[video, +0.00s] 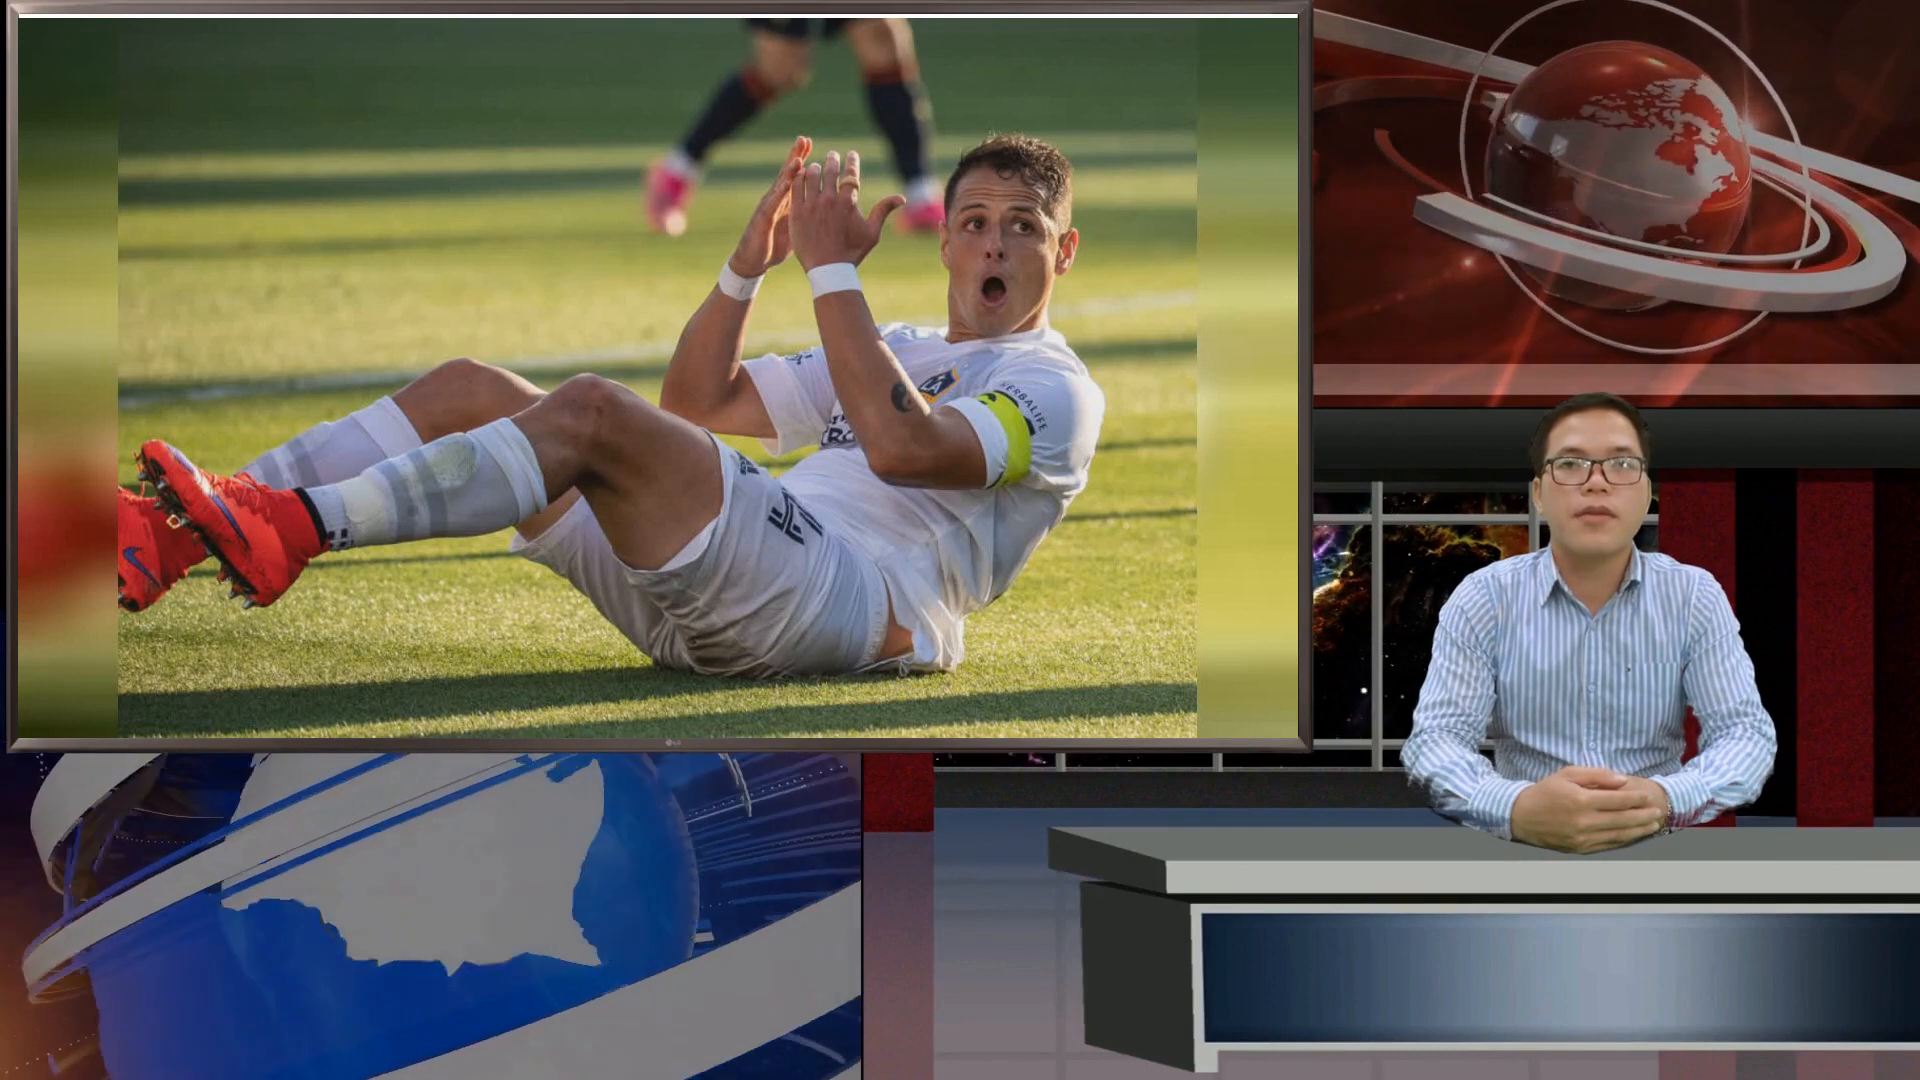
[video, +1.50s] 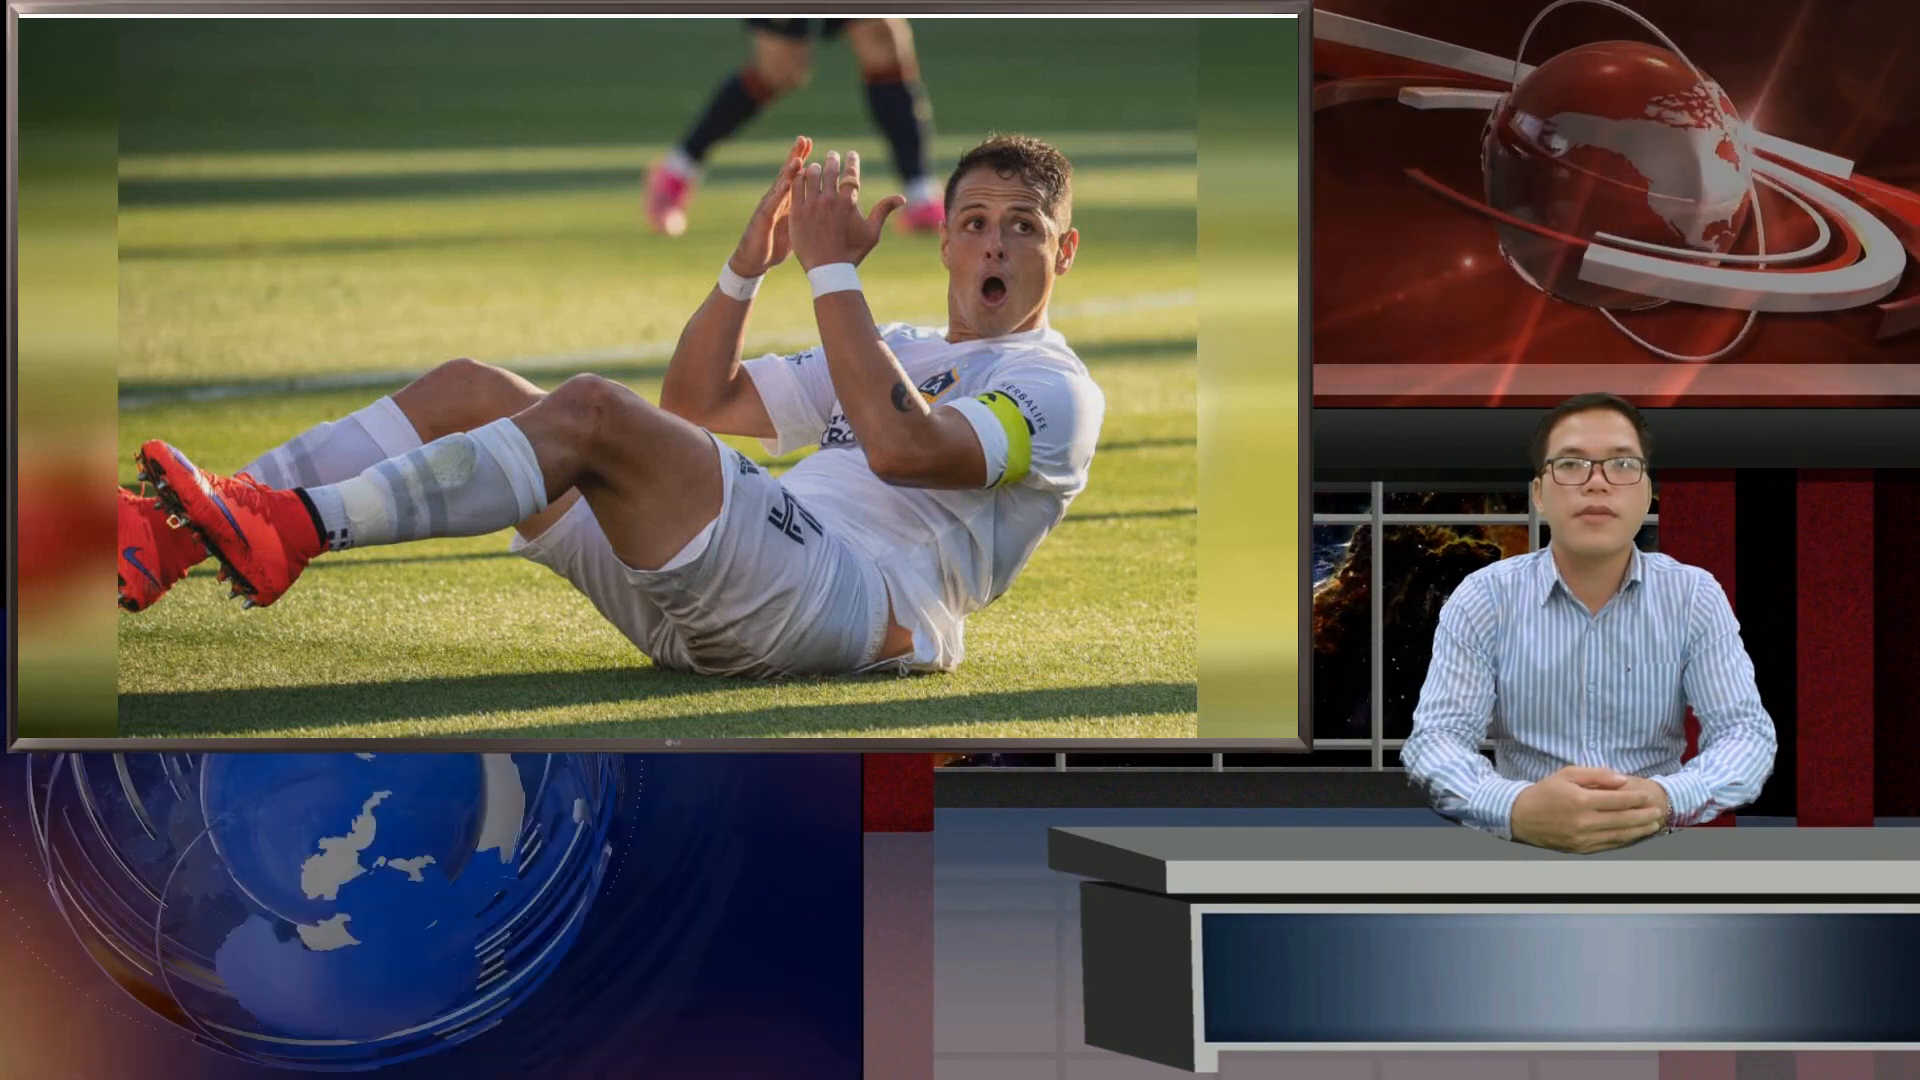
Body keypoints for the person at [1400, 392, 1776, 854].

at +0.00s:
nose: (1596, 483)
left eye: (1620, 464)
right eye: (1570, 464)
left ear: (1647, 495)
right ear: (1539, 496)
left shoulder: (1691, 598)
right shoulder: (1484, 601)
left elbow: (1745, 735)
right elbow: (1434, 744)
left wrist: (1667, 799)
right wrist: (1514, 809)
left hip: (1656, 852)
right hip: (1519, 856)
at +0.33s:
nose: (1596, 483)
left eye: (1620, 465)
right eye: (1570, 464)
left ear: (1646, 494)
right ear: (1538, 496)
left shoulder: (1690, 598)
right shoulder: (1484, 601)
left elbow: (1745, 735)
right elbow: (1433, 745)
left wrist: (1667, 799)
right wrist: (1514, 809)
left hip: (1656, 853)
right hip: (1520, 857)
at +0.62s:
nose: (1596, 483)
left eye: (1620, 465)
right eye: (1570, 464)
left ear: (1646, 494)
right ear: (1539, 496)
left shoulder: (1691, 598)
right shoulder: (1484, 601)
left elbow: (1745, 735)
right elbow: (1433, 745)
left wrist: (1667, 799)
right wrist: (1515, 809)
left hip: (1656, 853)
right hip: (1520, 857)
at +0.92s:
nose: (1596, 483)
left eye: (1620, 464)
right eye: (1571, 464)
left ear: (1647, 494)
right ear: (1539, 496)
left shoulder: (1691, 598)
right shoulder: (1485, 601)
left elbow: (1745, 735)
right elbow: (1433, 745)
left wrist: (1667, 799)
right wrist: (1515, 809)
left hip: (1656, 853)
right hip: (1520, 857)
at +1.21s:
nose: (1596, 483)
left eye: (1620, 465)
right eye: (1571, 464)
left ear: (1647, 495)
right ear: (1539, 496)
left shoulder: (1691, 598)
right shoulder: (1485, 601)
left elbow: (1745, 735)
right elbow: (1433, 745)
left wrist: (1667, 799)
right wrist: (1514, 809)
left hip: (1656, 853)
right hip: (1520, 857)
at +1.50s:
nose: (1597, 483)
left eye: (1620, 465)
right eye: (1571, 464)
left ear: (1647, 495)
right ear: (1539, 496)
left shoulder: (1691, 598)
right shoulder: (1484, 601)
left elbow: (1745, 735)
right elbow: (1433, 745)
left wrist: (1667, 799)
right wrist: (1514, 809)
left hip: (1657, 853)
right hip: (1520, 856)